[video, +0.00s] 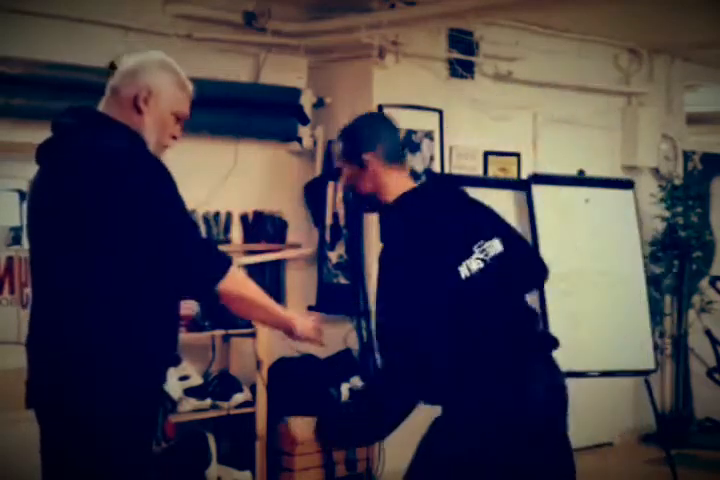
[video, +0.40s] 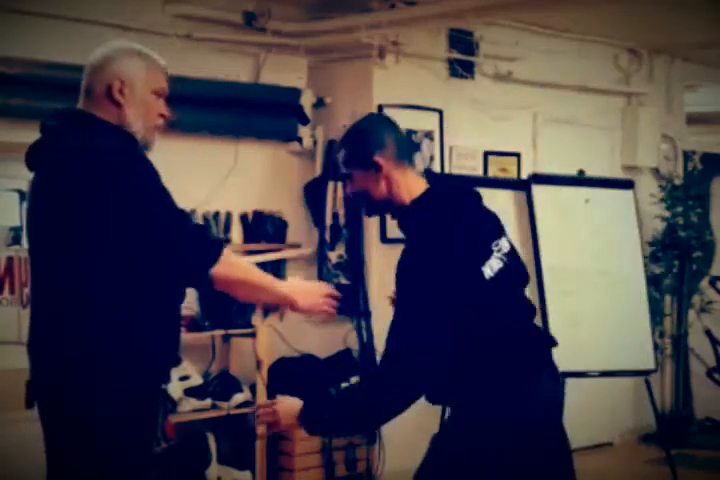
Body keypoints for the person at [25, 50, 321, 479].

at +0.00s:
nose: (178, 136)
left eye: (182, 125)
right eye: (176, 120)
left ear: (136, 99)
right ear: (141, 101)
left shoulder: (59, 161)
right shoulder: (134, 168)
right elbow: (208, 272)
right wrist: (290, 322)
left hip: (60, 382)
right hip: (117, 390)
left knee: (66, 472)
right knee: (118, 470)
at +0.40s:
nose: (166, 112)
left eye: (165, 99)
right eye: (159, 96)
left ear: (120, 92)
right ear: (119, 92)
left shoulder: (60, 157)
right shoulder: (113, 159)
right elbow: (203, 260)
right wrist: (291, 293)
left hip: (66, 379)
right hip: (113, 386)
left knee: (75, 471)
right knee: (120, 470)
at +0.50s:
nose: (161, 109)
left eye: (159, 96)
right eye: (154, 93)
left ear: (110, 92)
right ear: (112, 91)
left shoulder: (63, 157)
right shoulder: (104, 160)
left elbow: (178, 245)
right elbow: (194, 250)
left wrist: (277, 262)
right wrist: (290, 265)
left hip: (71, 382)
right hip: (109, 390)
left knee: (78, 472)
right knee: (118, 471)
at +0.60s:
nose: (156, 105)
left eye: (154, 92)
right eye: (148, 89)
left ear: (106, 90)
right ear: (107, 89)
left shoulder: (61, 154)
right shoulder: (97, 157)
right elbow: (192, 240)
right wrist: (299, 212)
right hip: (108, 389)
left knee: (80, 473)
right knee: (115, 472)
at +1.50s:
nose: (155, 114)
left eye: (155, 101)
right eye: (149, 98)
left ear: (112, 92)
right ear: (112, 92)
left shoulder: (55, 154)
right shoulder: (106, 155)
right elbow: (188, 230)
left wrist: (212, 239)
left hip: (68, 374)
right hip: (113, 379)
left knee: (74, 471)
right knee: (118, 470)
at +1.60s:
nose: (165, 119)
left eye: (166, 107)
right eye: (161, 104)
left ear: (115, 94)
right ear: (123, 95)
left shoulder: (52, 157)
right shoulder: (127, 161)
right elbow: (213, 227)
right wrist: (180, 169)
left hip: (63, 374)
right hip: (119, 379)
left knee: (68, 471)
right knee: (120, 471)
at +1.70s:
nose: (173, 127)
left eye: (176, 115)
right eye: (170, 111)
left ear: (127, 95)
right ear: (135, 97)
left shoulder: (54, 159)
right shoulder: (135, 160)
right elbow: (219, 241)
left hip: (61, 375)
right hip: (120, 381)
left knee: (67, 471)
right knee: (120, 470)